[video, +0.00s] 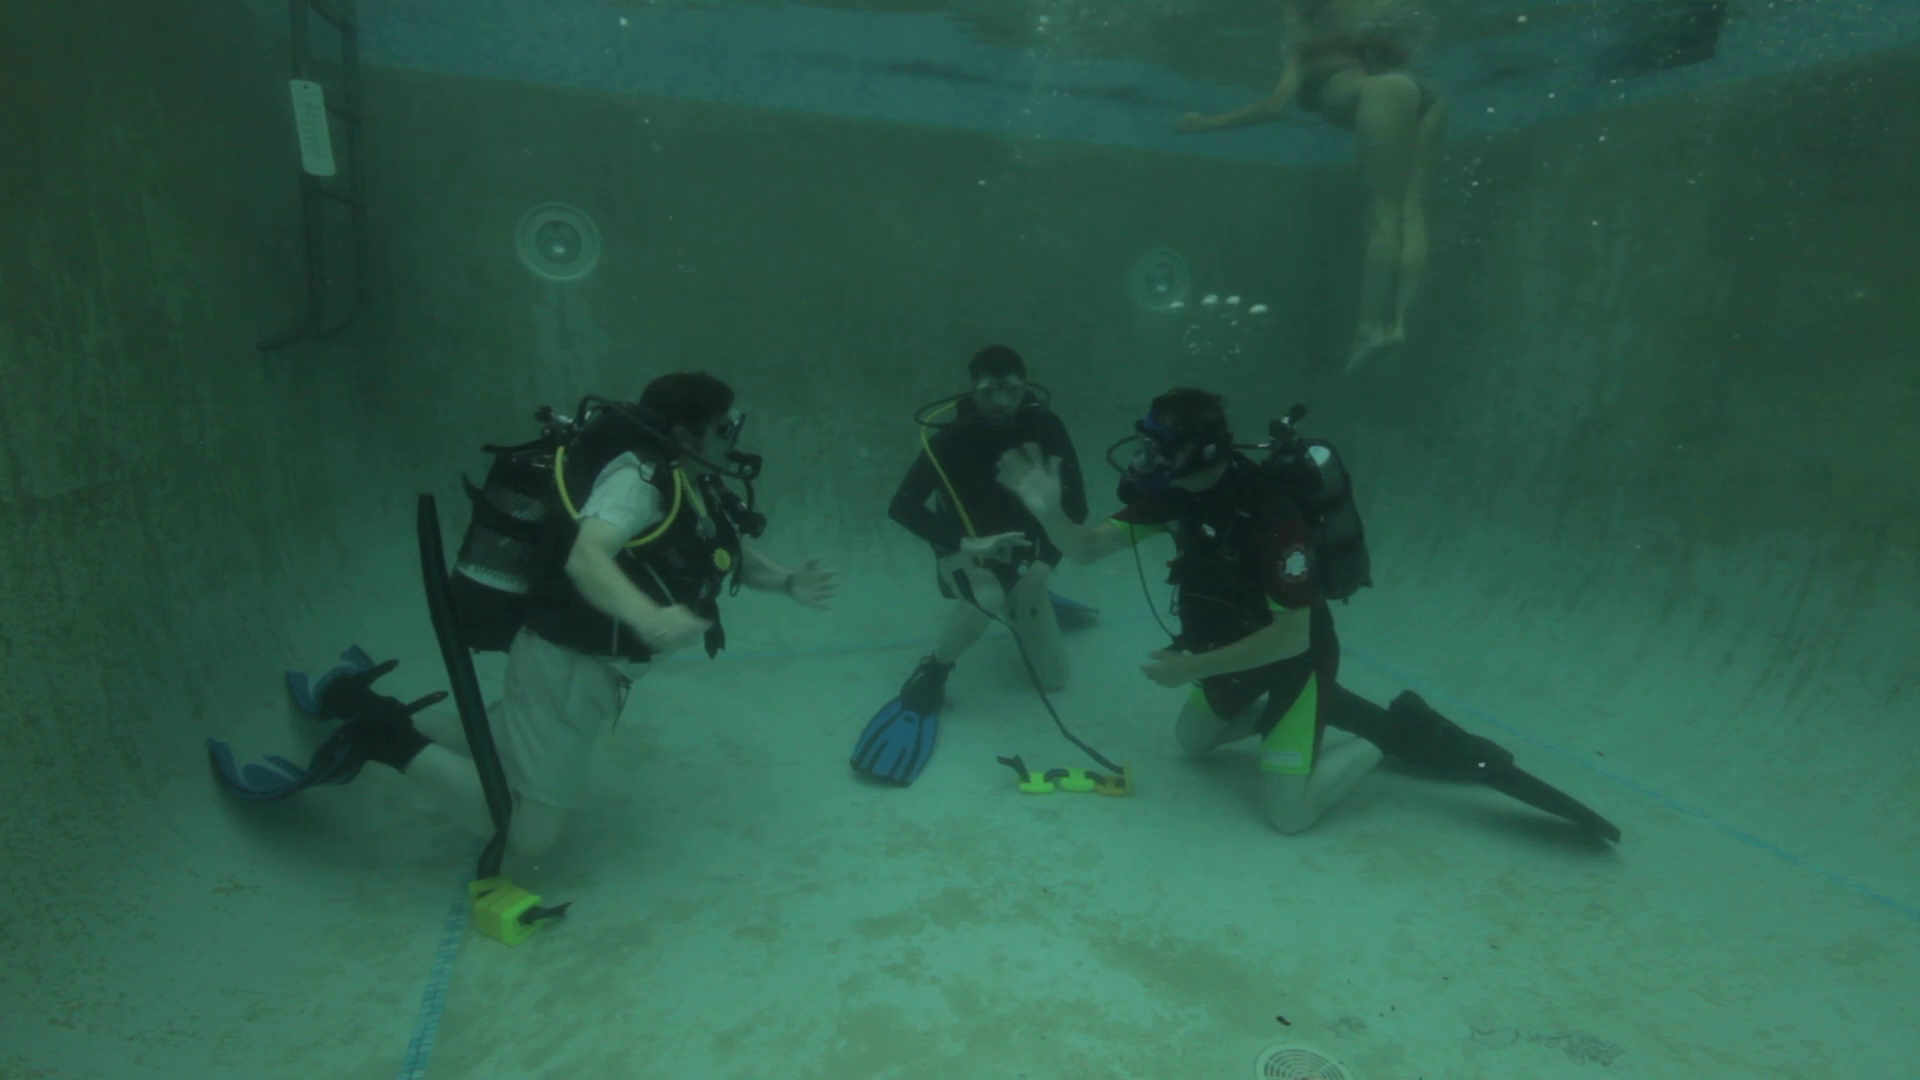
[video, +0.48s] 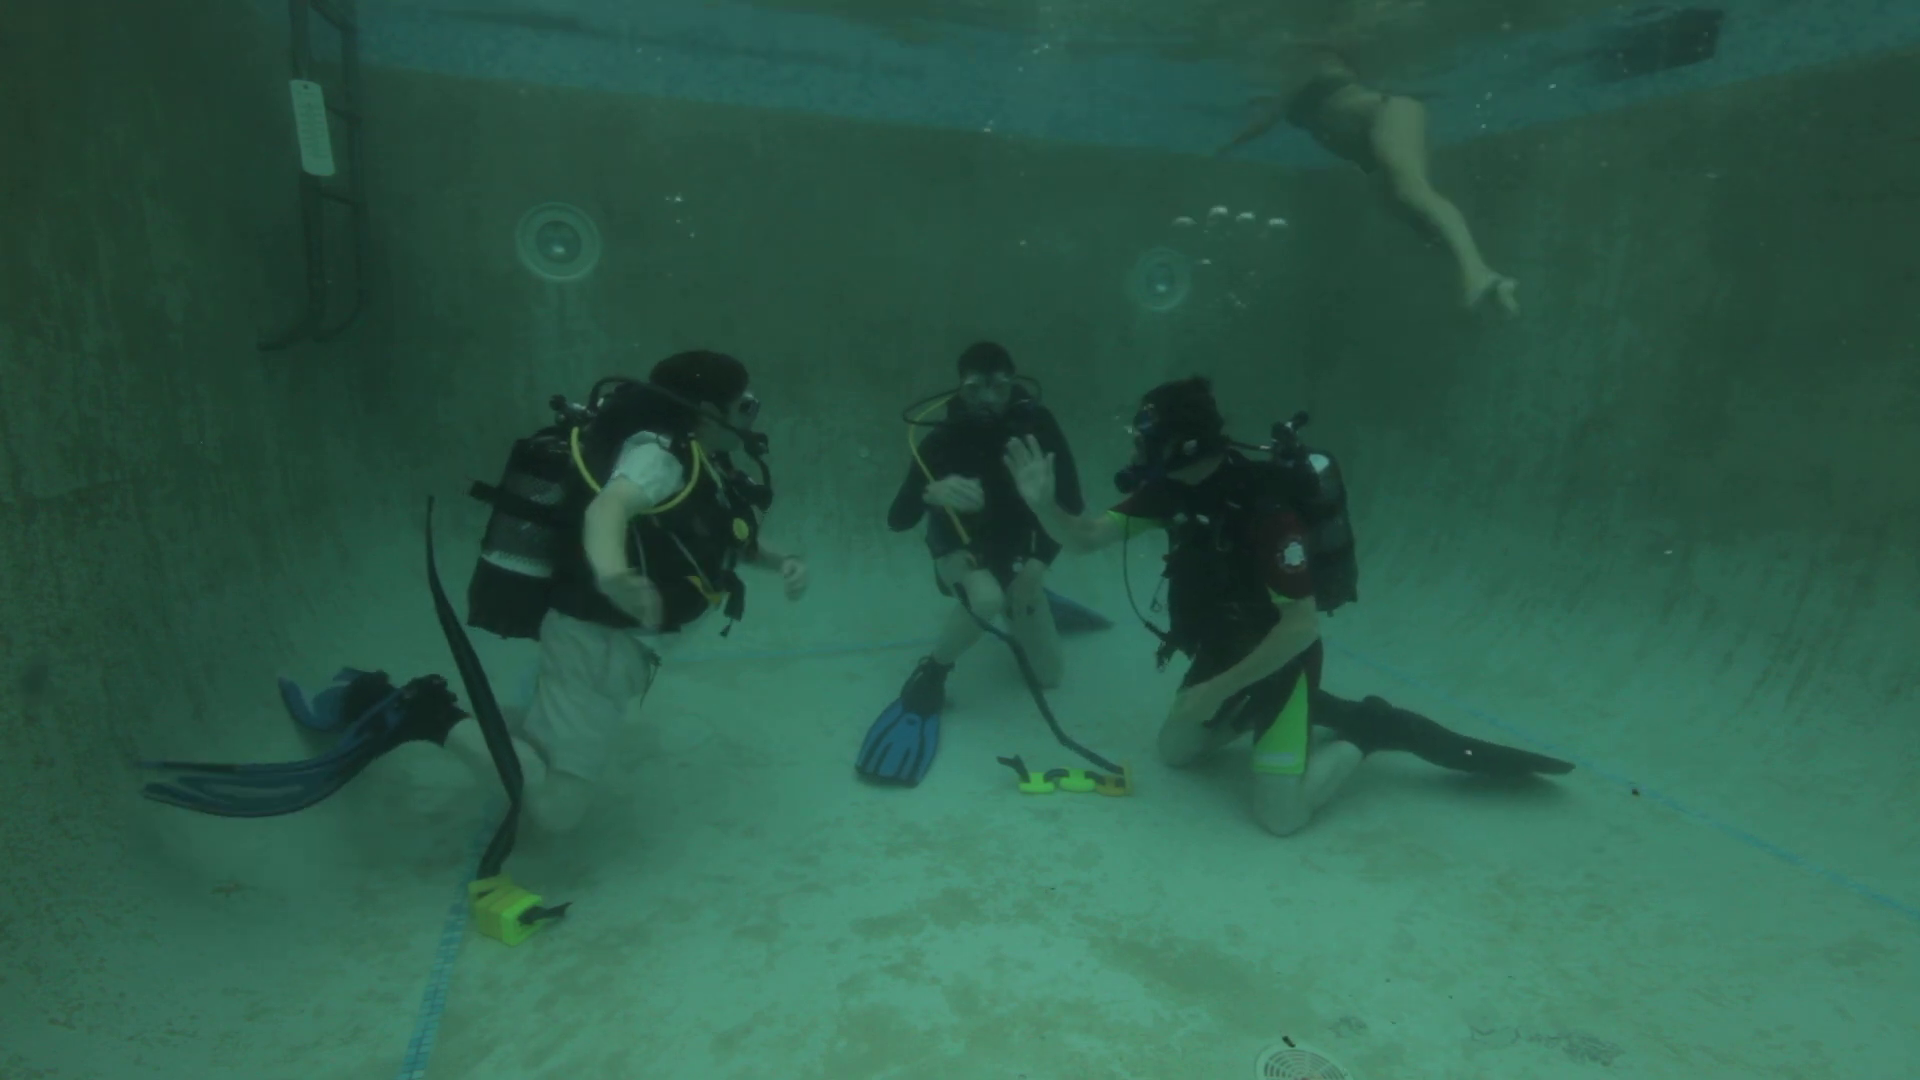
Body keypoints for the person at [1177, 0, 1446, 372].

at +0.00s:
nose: (1285, 30)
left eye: (1289, 22)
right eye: (1286, 23)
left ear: (1303, 21)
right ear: (1327, 22)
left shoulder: (1304, 49)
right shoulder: (1351, 45)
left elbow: (1277, 106)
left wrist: (1210, 123)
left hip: (1383, 92)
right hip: (1426, 96)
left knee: (1383, 211)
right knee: (1414, 210)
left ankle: (1372, 327)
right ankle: (1399, 324)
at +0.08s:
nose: (1278, 35)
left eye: (1281, 29)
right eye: (1277, 29)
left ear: (1293, 28)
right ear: (1316, 28)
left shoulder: (1298, 54)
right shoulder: (1340, 52)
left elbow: (1267, 107)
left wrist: (1198, 122)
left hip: (1387, 89)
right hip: (1426, 94)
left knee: (1389, 205)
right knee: (1419, 207)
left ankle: (1379, 317)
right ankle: (1407, 316)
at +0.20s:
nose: (1270, 58)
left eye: (1275, 55)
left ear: (1290, 48)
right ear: (1318, 47)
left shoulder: (1298, 64)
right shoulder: (1348, 64)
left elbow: (1254, 112)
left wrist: (1191, 114)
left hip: (1388, 91)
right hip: (1424, 96)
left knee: (1404, 201)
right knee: (1429, 201)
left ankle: (1401, 304)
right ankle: (1429, 303)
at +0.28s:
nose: (1273, 52)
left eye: (1276, 46)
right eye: (1274, 47)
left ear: (1290, 44)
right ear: (1314, 41)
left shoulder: (1295, 65)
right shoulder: (1342, 62)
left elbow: (1253, 112)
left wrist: (1197, 113)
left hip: (1390, 96)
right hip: (1418, 96)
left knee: (1413, 199)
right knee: (1434, 202)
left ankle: (1421, 294)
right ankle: (1450, 294)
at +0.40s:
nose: (1269, 56)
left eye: (1273, 50)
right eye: (1270, 52)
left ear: (1289, 47)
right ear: (1305, 47)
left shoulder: (1297, 68)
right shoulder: (1325, 65)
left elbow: (1257, 113)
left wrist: (1213, 129)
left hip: (1384, 108)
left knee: (1418, 189)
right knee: (1425, 193)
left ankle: (1455, 279)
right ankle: (1478, 282)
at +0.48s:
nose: (1276, 72)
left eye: (1282, 63)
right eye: (1277, 65)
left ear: (1302, 59)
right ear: (1298, 66)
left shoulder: (1310, 76)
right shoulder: (1299, 99)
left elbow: (1263, 124)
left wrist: (1228, 147)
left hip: (1389, 112)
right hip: (1370, 151)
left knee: (1413, 190)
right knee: (1414, 212)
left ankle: (1475, 272)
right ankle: (1490, 280)